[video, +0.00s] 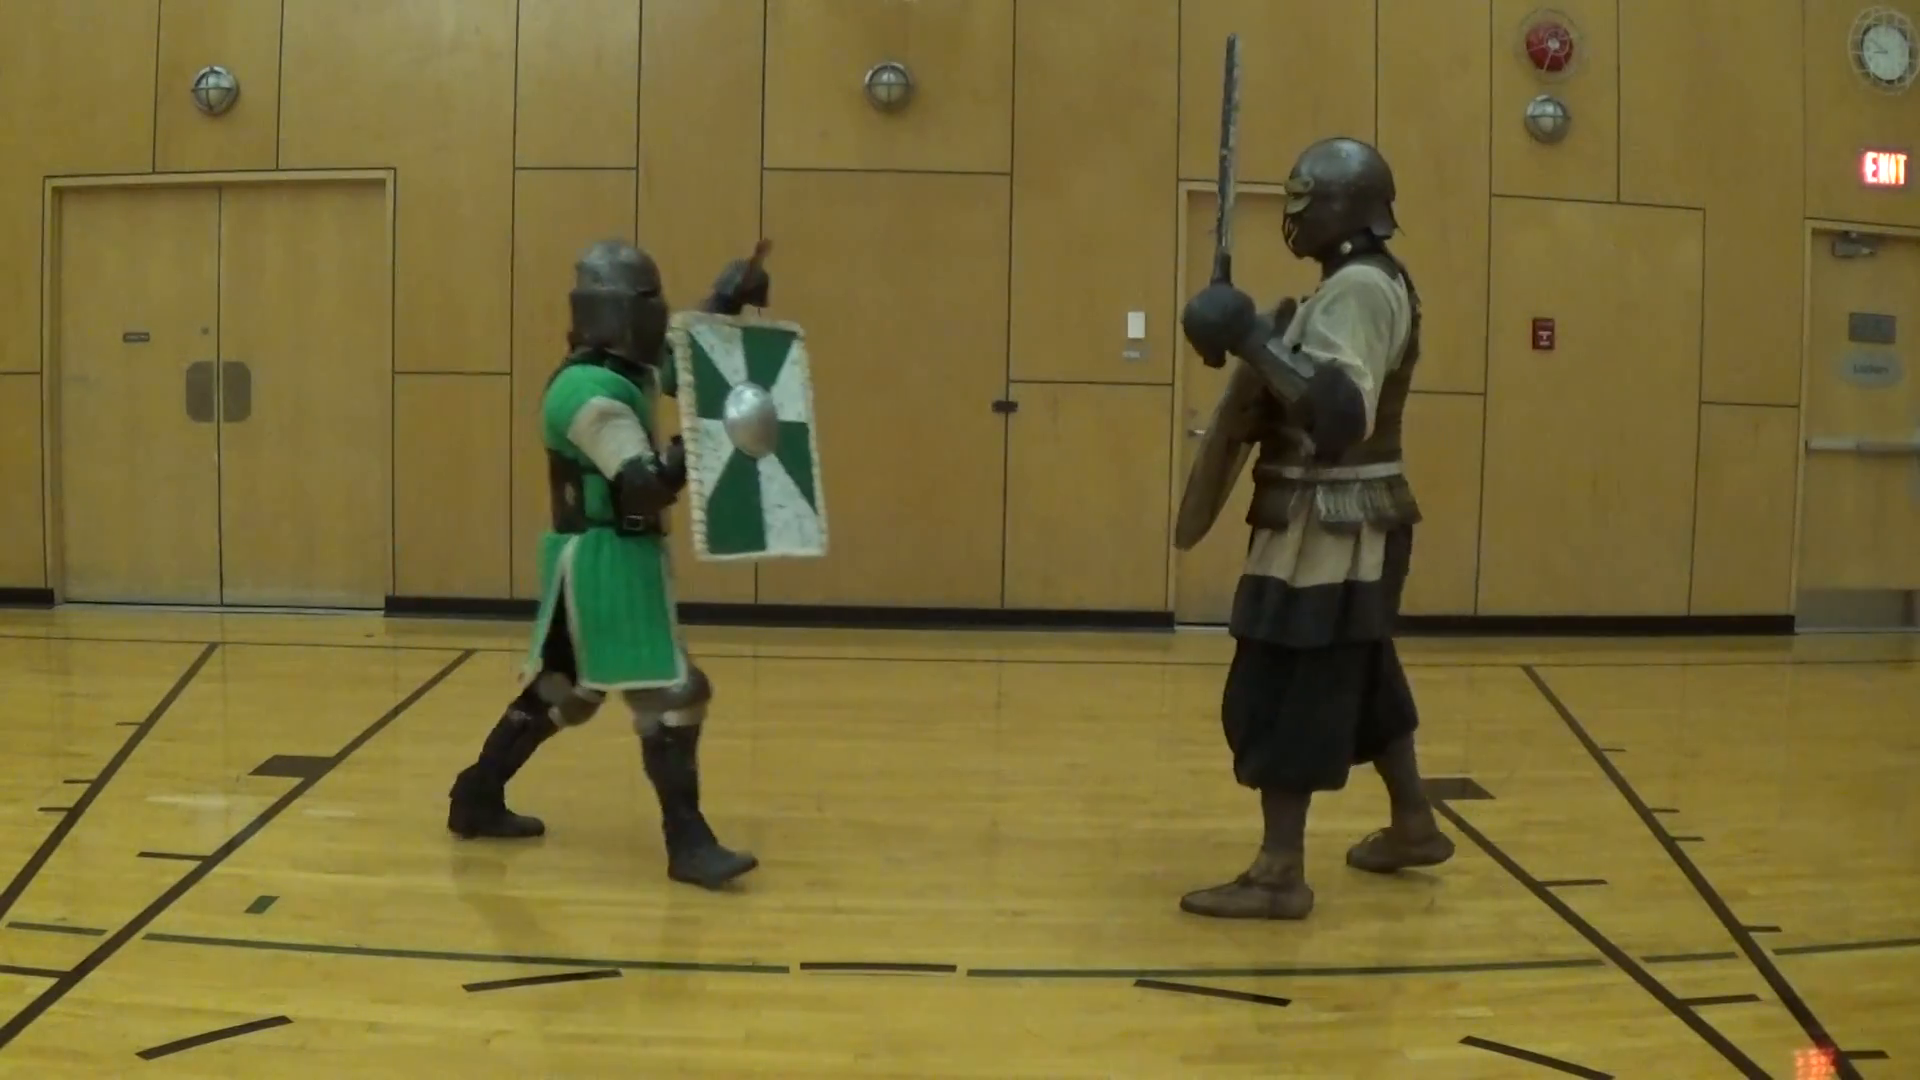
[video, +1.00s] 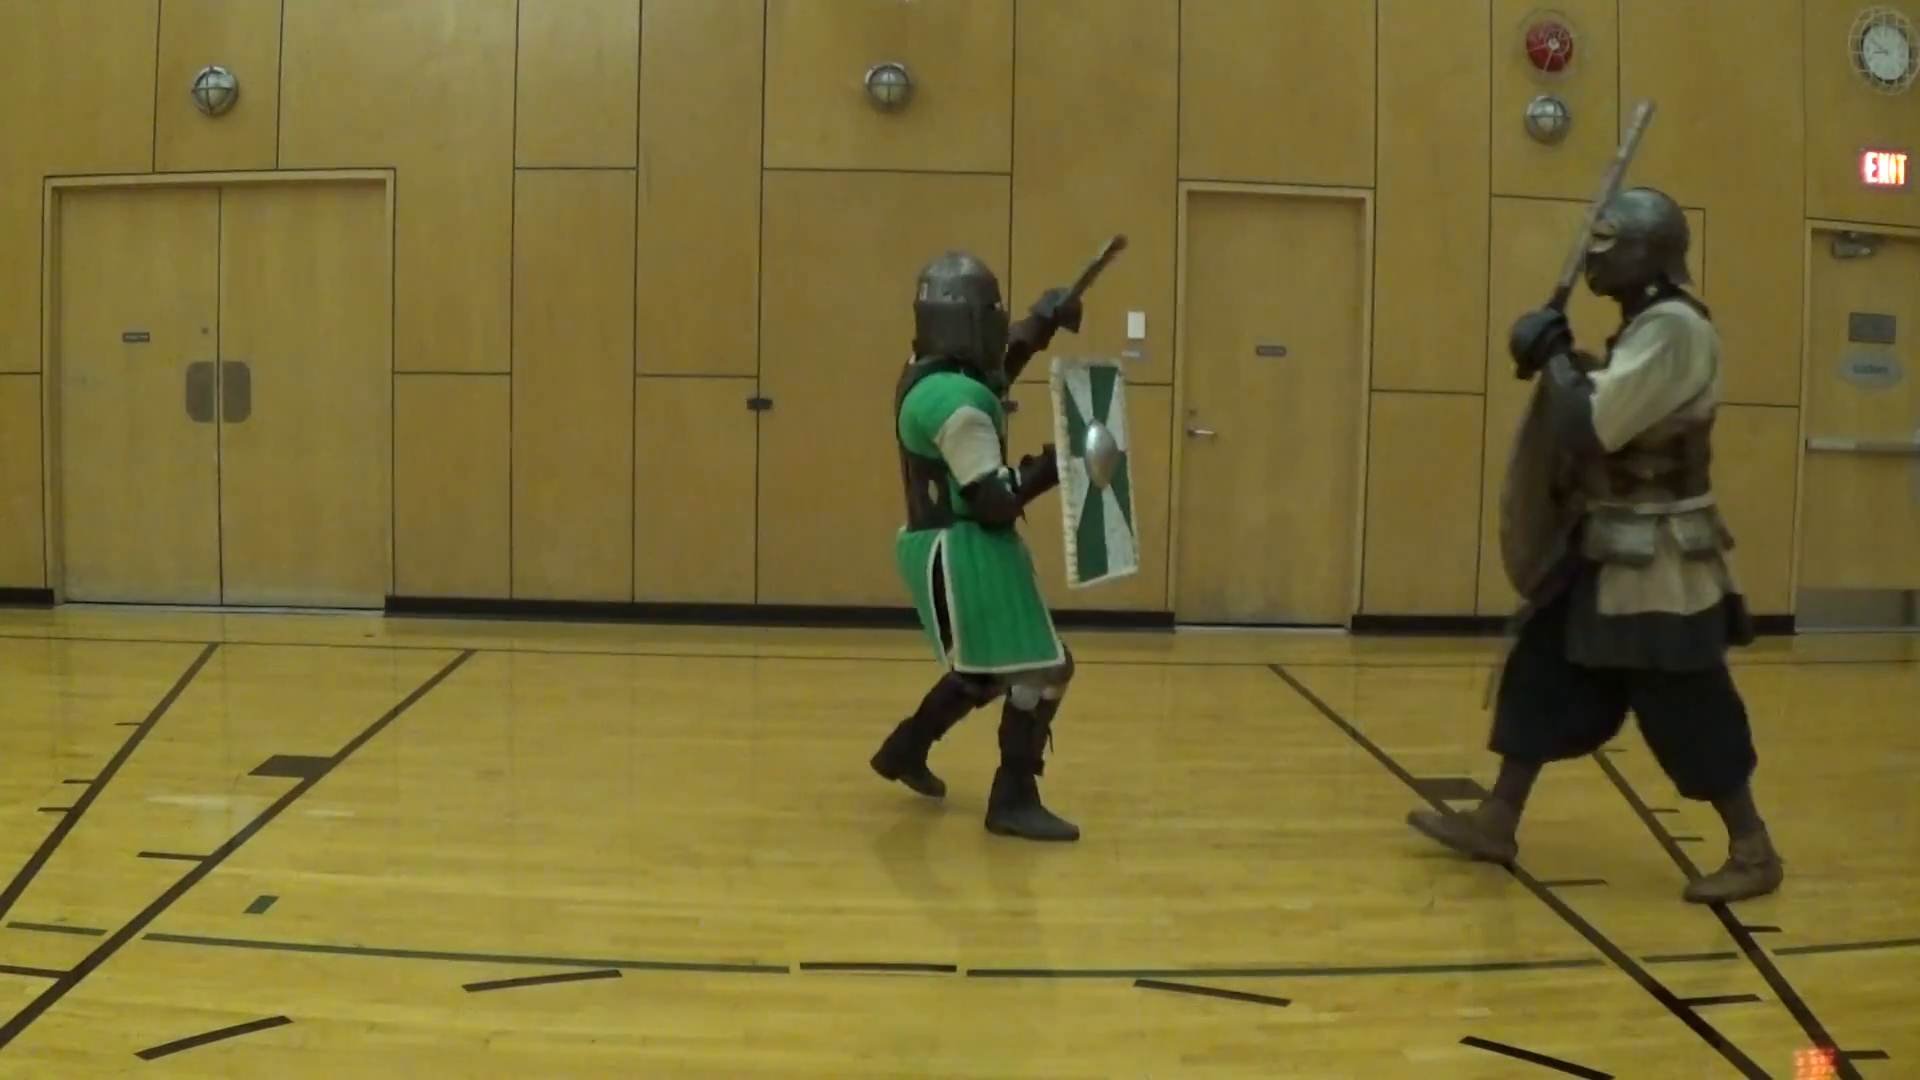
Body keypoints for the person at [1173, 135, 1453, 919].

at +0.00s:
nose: (1287, 211)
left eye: (1302, 197)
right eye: (1290, 196)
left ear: (1349, 209)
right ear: (1356, 210)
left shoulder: (1358, 292)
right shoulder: (1367, 282)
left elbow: (1340, 416)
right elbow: (1317, 387)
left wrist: (1252, 340)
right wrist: (1256, 342)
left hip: (1327, 516)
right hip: (1360, 508)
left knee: (1284, 683)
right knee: (1364, 663)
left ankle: (1280, 871)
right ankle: (1414, 822)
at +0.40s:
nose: (1388, 242)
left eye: (1405, 231)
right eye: (1391, 230)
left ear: (1449, 243)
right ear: (1439, 244)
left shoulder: (1468, 314)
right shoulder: (1439, 314)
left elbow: (1446, 417)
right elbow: (1419, 400)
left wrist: (1369, 345)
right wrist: (1358, 345)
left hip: (1440, 540)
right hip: (1422, 534)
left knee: (1355, 692)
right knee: (1437, 685)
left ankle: (1299, 862)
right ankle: (1481, 823)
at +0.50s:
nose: (1420, 238)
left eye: (1436, 227)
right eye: (1421, 225)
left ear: (1484, 239)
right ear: (1466, 240)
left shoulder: (1504, 308)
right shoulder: (1469, 311)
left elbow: (1480, 404)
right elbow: (1439, 396)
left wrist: (1405, 344)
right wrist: (1391, 344)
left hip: (1471, 543)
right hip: (1454, 538)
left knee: (1401, 687)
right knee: (1449, 681)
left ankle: (1400, 865)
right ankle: (1481, 818)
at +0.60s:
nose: (1450, 236)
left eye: (1465, 224)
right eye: (1453, 223)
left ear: (1510, 235)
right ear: (1500, 235)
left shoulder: (1537, 307)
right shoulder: (1499, 308)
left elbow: (1496, 399)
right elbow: (1475, 396)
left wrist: (1429, 337)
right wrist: (1422, 339)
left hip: (1506, 544)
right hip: (1473, 537)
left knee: (1466, 687)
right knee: (1447, 679)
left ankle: (1512, 851)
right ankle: (1482, 823)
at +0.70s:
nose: (1486, 238)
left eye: (1500, 226)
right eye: (1490, 226)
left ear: (1544, 238)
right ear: (1535, 239)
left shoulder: (1573, 311)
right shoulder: (1536, 311)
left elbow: (1509, 398)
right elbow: (1498, 390)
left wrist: (1454, 333)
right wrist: (1445, 333)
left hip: (1537, 540)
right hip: (1497, 537)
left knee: (1519, 685)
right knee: (1454, 671)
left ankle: (1617, 833)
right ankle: (1482, 822)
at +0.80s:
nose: (1523, 243)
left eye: (1538, 231)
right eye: (1526, 229)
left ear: (1582, 243)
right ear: (1569, 246)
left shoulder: (1605, 318)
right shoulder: (1569, 318)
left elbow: (1530, 405)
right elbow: (1528, 401)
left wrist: (1481, 340)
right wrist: (1481, 343)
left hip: (1566, 547)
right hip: (1527, 544)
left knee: (1572, 685)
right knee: (1474, 671)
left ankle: (1698, 819)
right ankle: (1482, 823)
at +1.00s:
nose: (1592, 254)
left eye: (1608, 242)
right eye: (1595, 240)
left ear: (1652, 254)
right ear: (1645, 256)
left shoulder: (1674, 328)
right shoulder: (1644, 327)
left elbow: (1597, 422)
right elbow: (1600, 407)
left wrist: (1554, 356)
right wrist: (1559, 358)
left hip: (1659, 559)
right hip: (1609, 553)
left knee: (1691, 703)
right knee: (1541, 672)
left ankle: (1753, 852)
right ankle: (1495, 823)